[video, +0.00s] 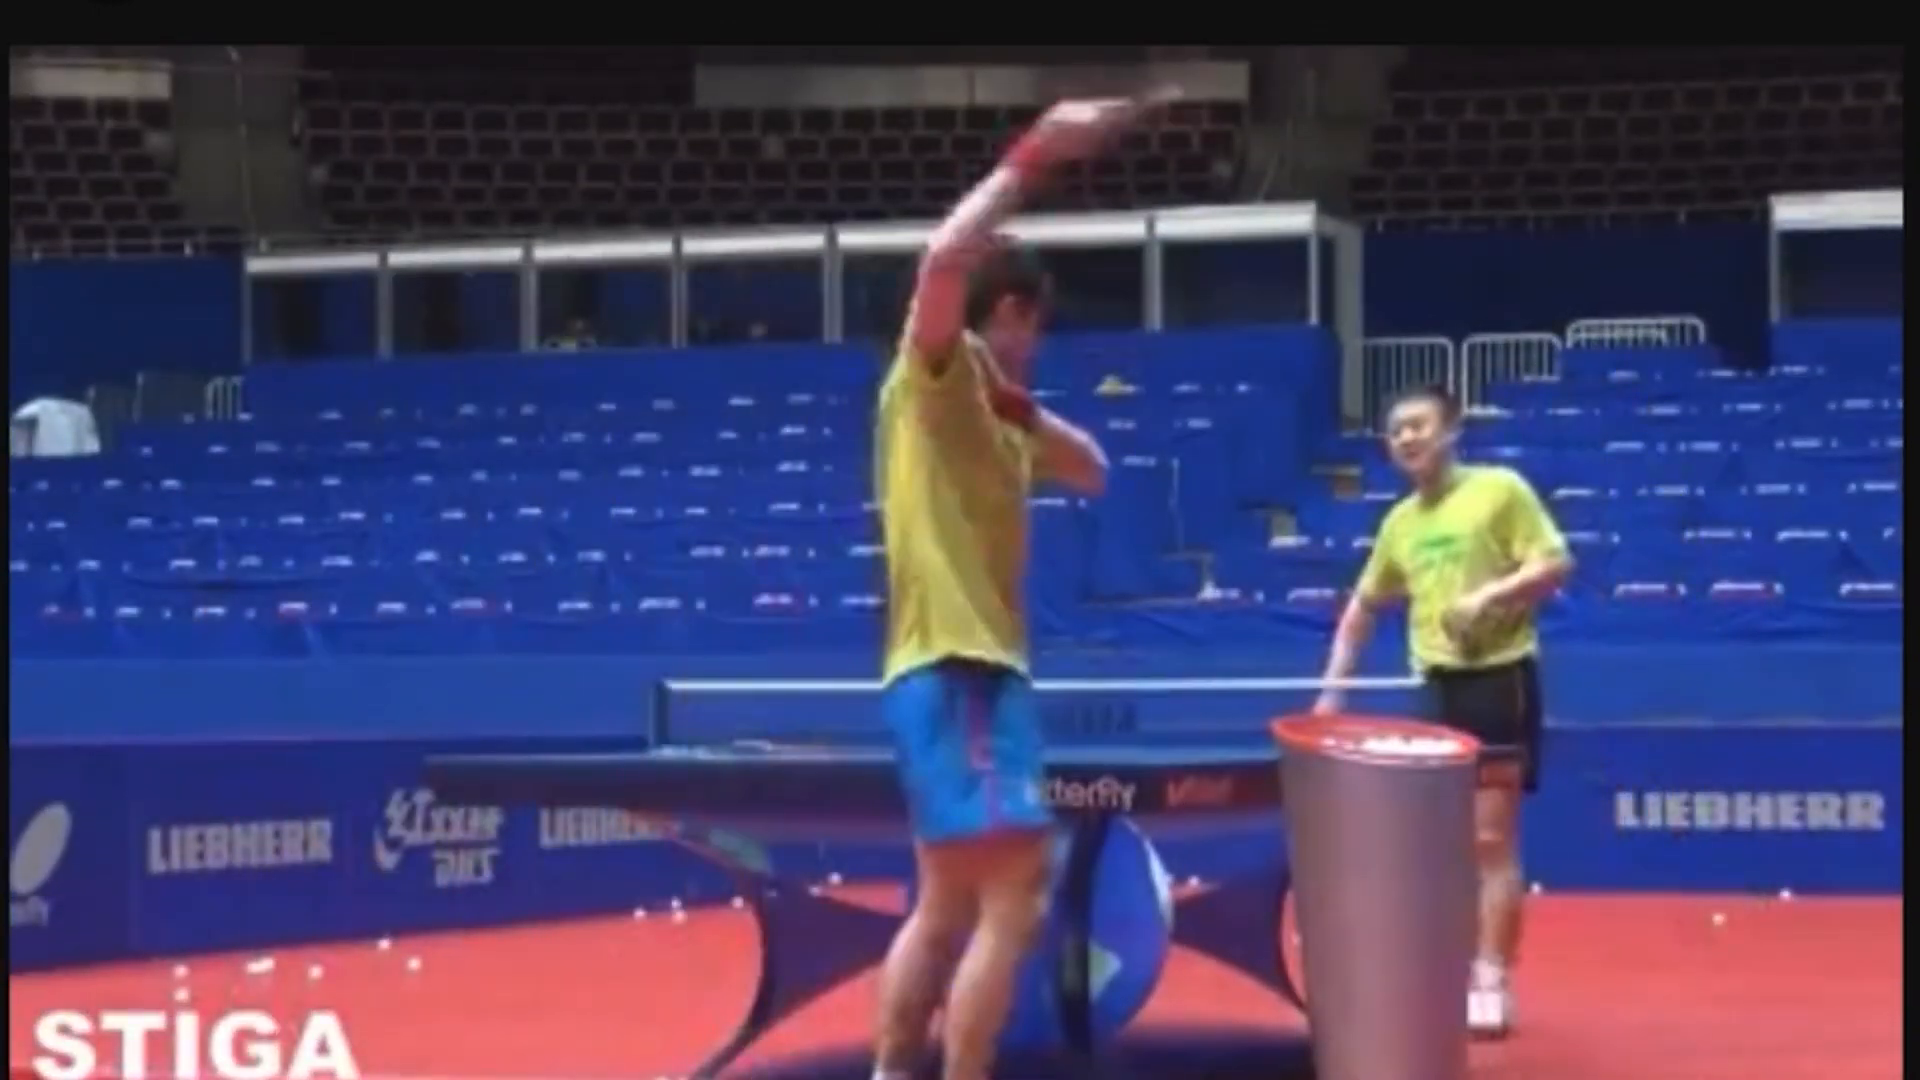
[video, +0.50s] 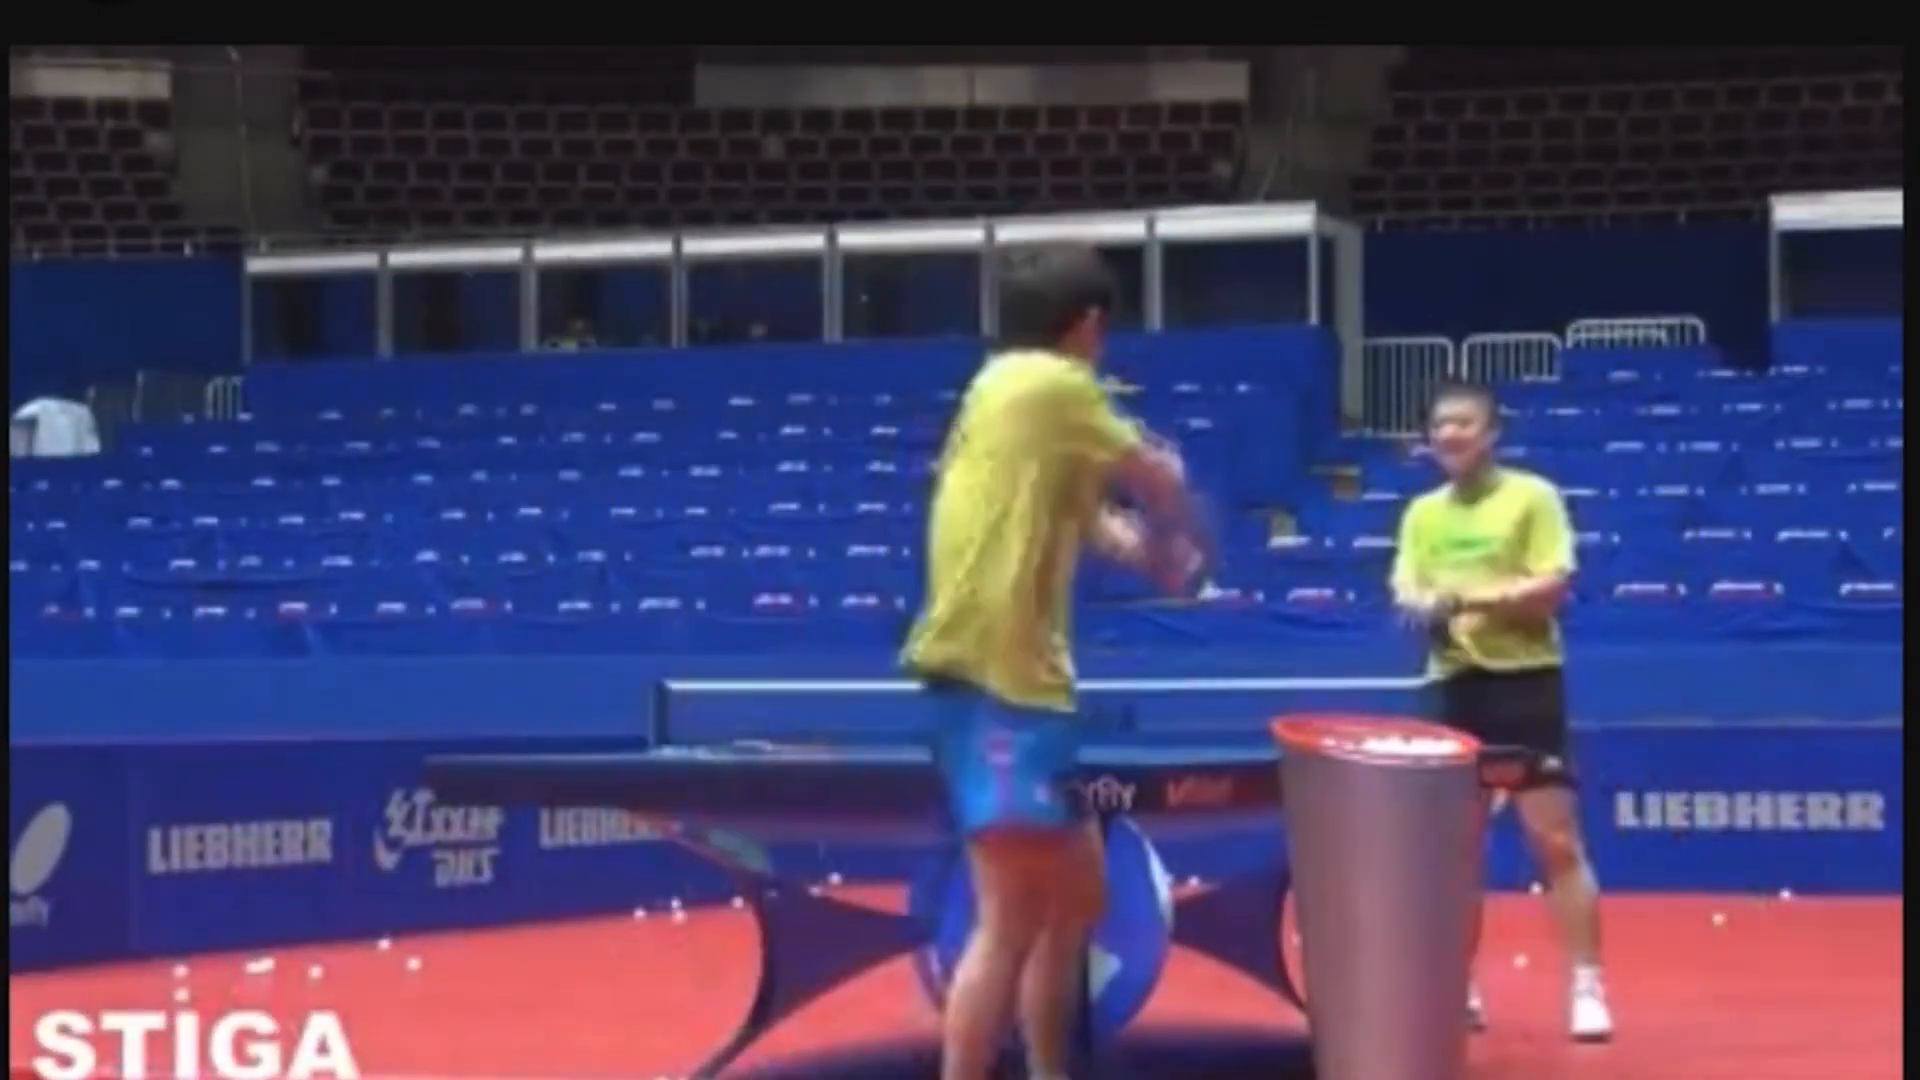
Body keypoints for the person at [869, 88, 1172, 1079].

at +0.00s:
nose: (1036, 338)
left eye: (1037, 323)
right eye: (1031, 319)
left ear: (998, 319)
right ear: (998, 311)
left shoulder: (1000, 423)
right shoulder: (932, 385)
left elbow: (1087, 468)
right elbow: (943, 260)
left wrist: (1013, 404)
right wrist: (1028, 158)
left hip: (964, 670)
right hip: (954, 667)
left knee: (941, 909)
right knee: (1013, 903)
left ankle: (896, 1069)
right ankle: (962, 1071)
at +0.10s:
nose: (1058, 334)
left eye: (1058, 320)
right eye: (1055, 319)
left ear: (1008, 315)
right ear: (1031, 316)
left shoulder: (1013, 415)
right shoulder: (960, 387)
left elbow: (1096, 476)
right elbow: (948, 307)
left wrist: (1039, 412)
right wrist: (982, 199)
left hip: (957, 668)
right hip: (969, 667)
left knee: (946, 905)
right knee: (1013, 907)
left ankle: (893, 1064)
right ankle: (964, 1068)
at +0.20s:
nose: (1087, 333)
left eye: (1088, 317)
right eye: (1082, 316)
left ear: (994, 311)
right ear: (1054, 316)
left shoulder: (986, 392)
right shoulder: (990, 367)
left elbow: (1092, 493)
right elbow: (1033, 417)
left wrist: (1067, 427)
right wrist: (1065, 386)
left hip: (941, 671)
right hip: (983, 669)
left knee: (970, 893)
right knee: (1009, 902)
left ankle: (910, 1064)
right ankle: (961, 1069)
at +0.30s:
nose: (1080, 341)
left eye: (1077, 326)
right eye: (1081, 326)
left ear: (999, 317)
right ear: (1064, 323)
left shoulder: (972, 387)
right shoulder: (1004, 383)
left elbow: (1020, 521)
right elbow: (1004, 456)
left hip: (951, 678)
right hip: (979, 679)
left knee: (999, 893)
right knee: (1016, 893)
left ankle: (950, 1062)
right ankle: (950, 1067)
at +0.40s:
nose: (1091, 342)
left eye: (1089, 326)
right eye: (1091, 326)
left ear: (1012, 317)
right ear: (1073, 322)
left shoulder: (994, 387)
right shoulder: (1018, 390)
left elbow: (1049, 511)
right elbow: (1117, 492)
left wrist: (1106, 577)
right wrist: (1198, 542)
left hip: (1008, 680)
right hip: (975, 683)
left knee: (1069, 879)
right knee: (998, 902)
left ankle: (1005, 1058)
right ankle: (958, 1071)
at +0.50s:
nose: (1103, 343)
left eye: (1104, 329)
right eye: (1104, 328)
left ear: (1020, 319)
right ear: (1086, 324)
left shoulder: (1010, 389)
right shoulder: (1052, 386)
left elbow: (1083, 510)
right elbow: (1161, 478)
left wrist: (1157, 557)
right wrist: (1181, 540)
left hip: (1019, 687)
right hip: (991, 687)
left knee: (1074, 897)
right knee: (1010, 913)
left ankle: (1048, 1069)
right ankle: (962, 1070)